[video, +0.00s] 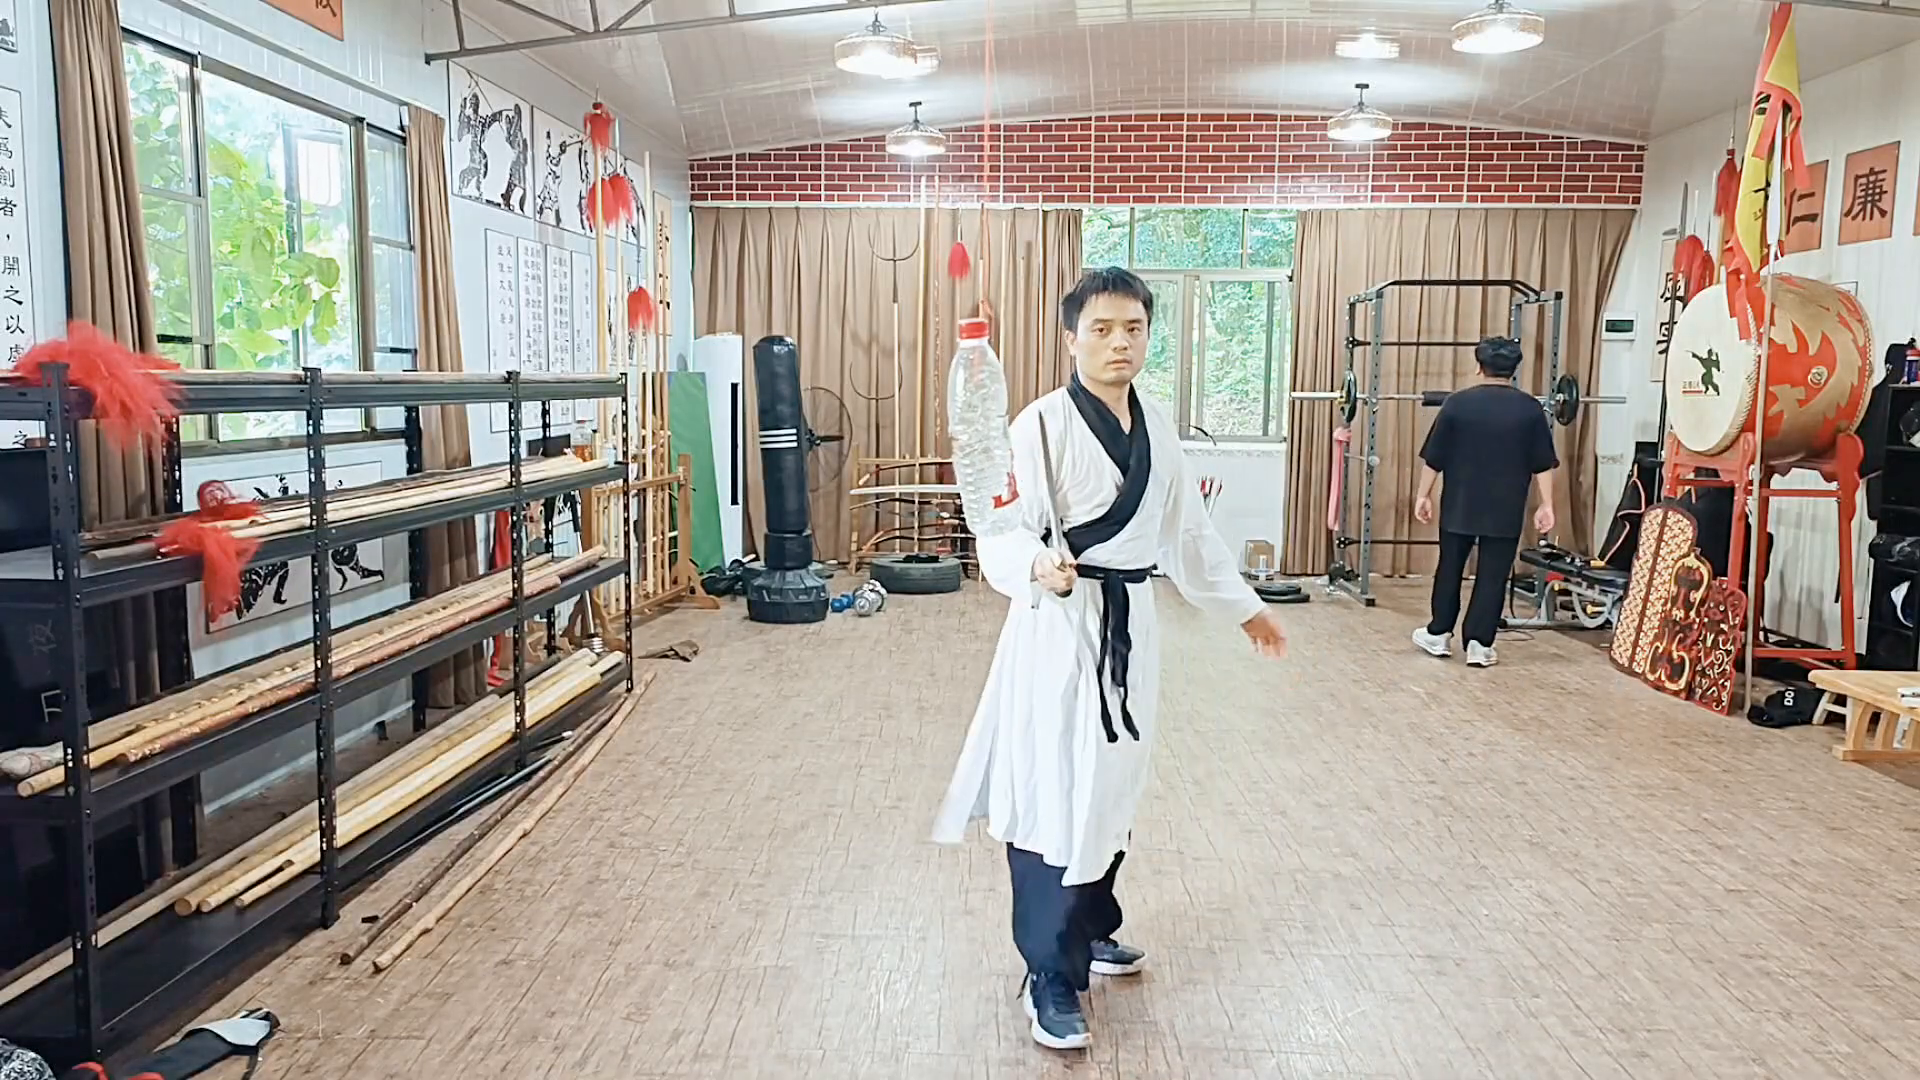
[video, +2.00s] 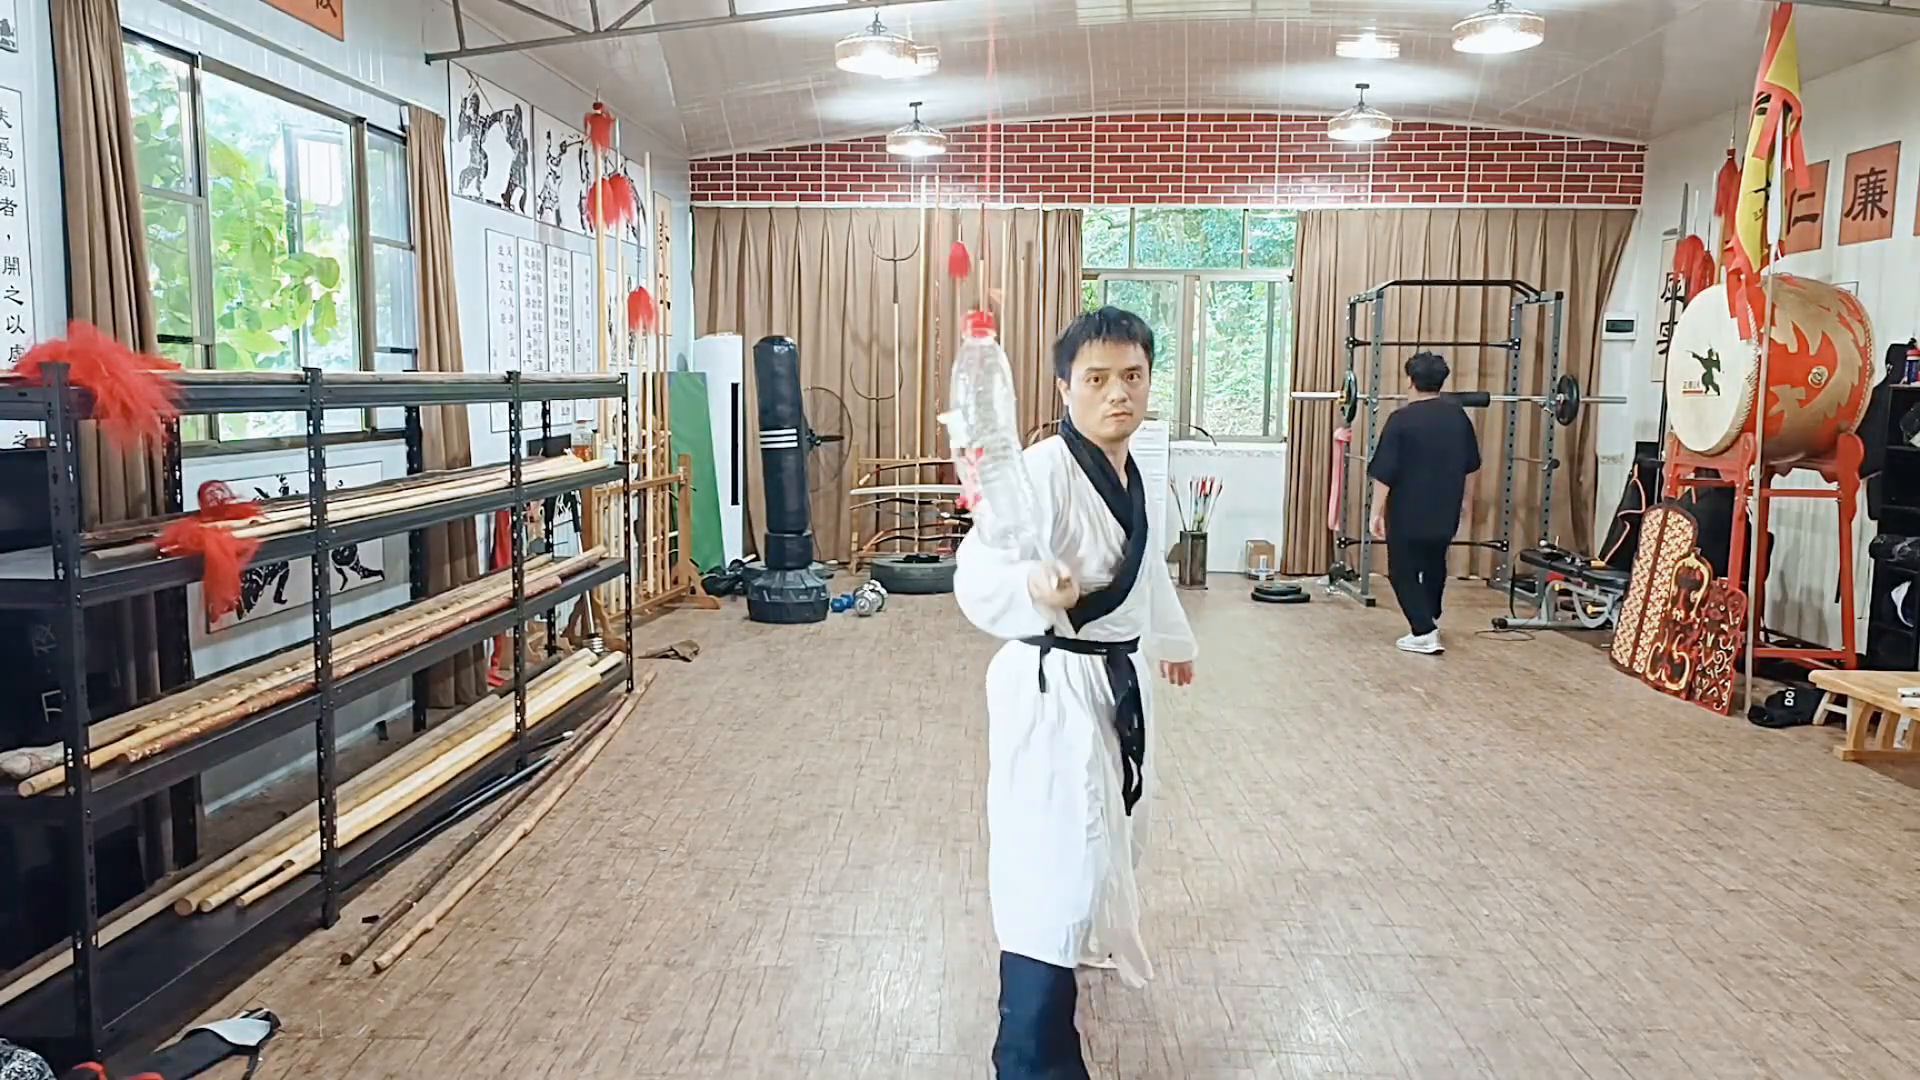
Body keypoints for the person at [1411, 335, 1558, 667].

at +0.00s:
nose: (1475, 368)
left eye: (1477, 364)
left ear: (1480, 367)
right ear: (1514, 369)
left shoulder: (1458, 402)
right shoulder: (1530, 408)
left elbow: (1435, 456)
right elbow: (1543, 463)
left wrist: (1423, 494)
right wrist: (1546, 505)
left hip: (1459, 508)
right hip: (1505, 513)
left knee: (1449, 571)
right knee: (1492, 580)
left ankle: (1438, 636)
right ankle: (1479, 646)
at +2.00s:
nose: (1406, 380)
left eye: (1408, 376)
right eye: (1409, 375)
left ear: (1412, 381)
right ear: (1441, 381)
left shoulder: (1402, 418)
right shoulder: (1457, 415)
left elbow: (1384, 473)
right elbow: (1471, 467)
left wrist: (1376, 512)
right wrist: (1466, 505)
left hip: (1408, 512)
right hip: (1444, 512)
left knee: (1401, 573)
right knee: (1435, 564)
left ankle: (1424, 633)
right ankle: (1430, 621)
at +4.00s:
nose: (1443, 373)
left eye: (1444, 369)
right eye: (1446, 368)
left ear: (1448, 371)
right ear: (1481, 370)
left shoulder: (1434, 405)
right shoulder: (1496, 406)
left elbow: (1414, 457)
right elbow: (1511, 457)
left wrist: (1407, 495)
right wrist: (1513, 495)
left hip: (1437, 505)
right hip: (1480, 508)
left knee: (1430, 565)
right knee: (1472, 573)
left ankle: (1429, 627)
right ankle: (1463, 637)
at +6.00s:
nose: (1438, 368)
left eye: (1440, 364)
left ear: (1442, 368)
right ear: (1475, 369)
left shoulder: (1425, 404)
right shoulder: (1490, 405)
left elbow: (1402, 456)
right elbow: (1503, 456)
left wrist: (1394, 493)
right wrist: (1507, 494)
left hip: (1430, 508)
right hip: (1474, 508)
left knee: (1429, 571)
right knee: (1476, 570)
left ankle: (1429, 634)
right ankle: (1486, 635)